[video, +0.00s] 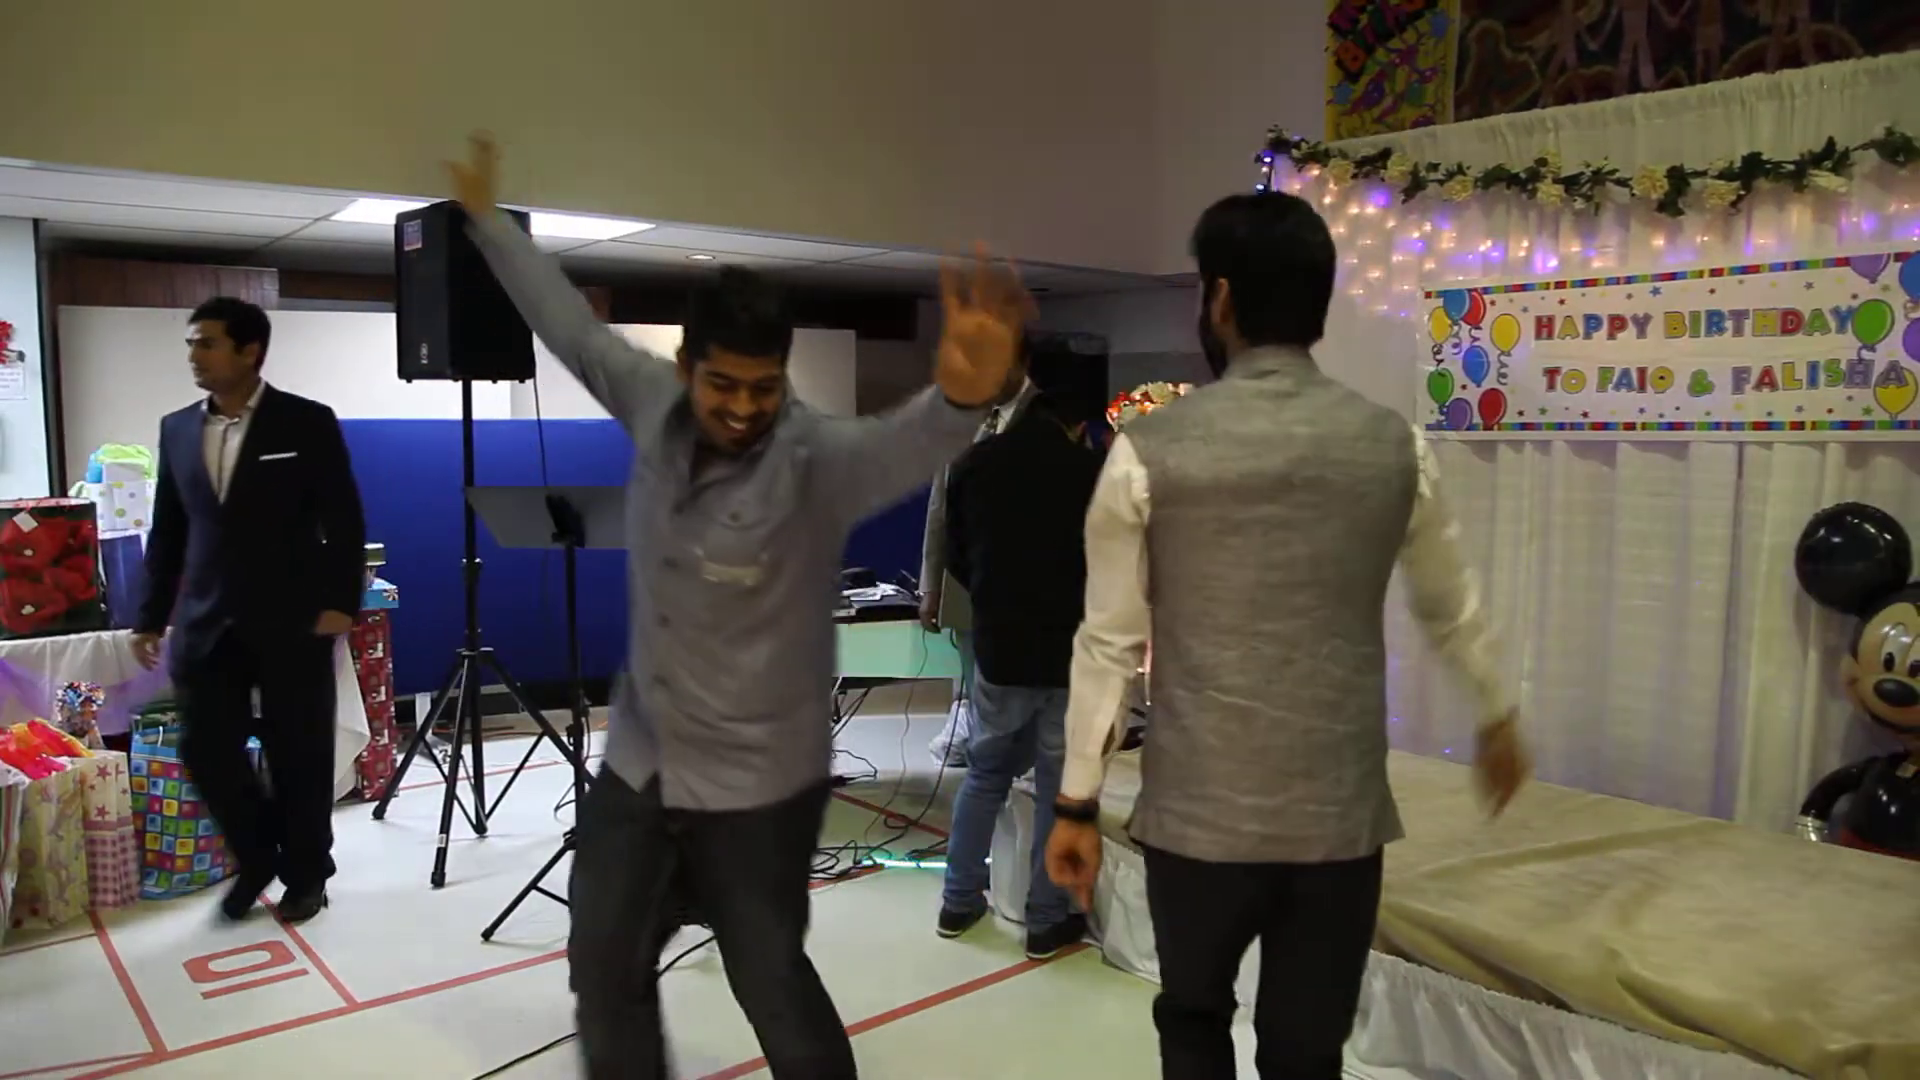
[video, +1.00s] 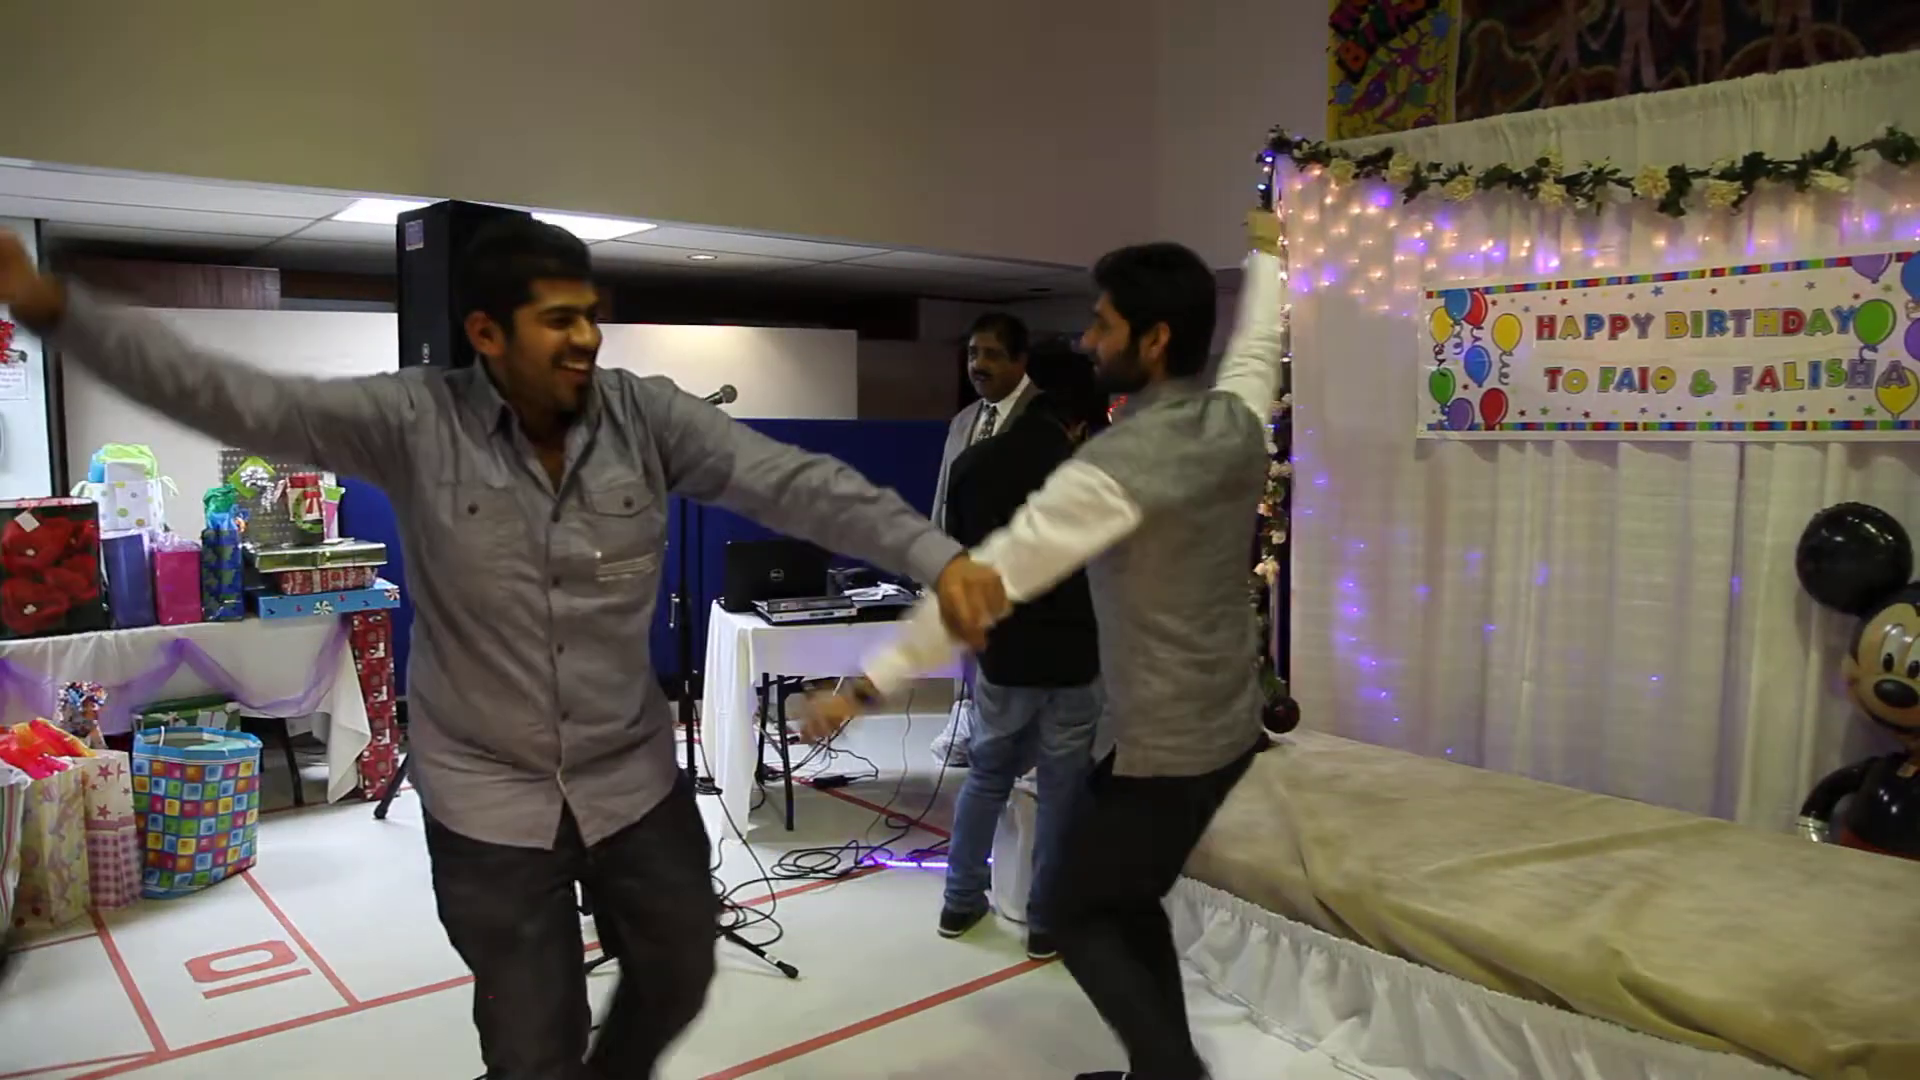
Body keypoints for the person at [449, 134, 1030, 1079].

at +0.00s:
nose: (741, 408)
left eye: (761, 391)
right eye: (722, 388)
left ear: (786, 379)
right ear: (688, 368)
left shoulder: (823, 456)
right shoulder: (654, 406)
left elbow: (909, 445)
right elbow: (567, 324)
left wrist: (965, 397)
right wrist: (485, 216)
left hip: (761, 777)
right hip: (642, 760)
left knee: (770, 980)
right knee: (602, 969)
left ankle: (825, 1078)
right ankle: (632, 1075)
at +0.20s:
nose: (698, 404)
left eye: (717, 385)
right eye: (678, 382)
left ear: (738, 373)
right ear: (635, 357)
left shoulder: (755, 460)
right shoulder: (587, 388)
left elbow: (835, 515)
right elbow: (469, 298)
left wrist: (911, 549)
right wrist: (338, 186)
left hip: (696, 785)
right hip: (568, 775)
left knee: (704, 991)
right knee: (553, 1015)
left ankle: (789, 1076)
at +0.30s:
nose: (681, 412)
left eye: (701, 393)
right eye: (661, 387)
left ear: (718, 385)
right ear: (612, 364)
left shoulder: (733, 483)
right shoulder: (545, 408)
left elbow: (798, 594)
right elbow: (396, 336)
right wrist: (241, 229)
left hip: (666, 780)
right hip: (527, 776)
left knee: (674, 1006)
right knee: (528, 1037)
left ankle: (748, 1074)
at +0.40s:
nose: (669, 410)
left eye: (689, 389)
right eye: (651, 384)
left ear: (706, 380)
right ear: (600, 361)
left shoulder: (719, 487)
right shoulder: (516, 417)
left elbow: (773, 661)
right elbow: (348, 411)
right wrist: (205, 313)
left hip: (654, 772)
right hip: (514, 773)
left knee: (667, 1003)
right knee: (522, 1032)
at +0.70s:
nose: (626, 414)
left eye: (638, 393)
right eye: (605, 393)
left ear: (649, 386)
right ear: (537, 381)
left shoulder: (683, 493)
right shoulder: (450, 457)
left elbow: (780, 609)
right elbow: (271, 435)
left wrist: (837, 690)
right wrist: (197, 283)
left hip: (646, 813)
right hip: (492, 825)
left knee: (702, 1045)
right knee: (509, 1063)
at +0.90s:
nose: (596, 351)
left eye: (603, 329)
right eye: (572, 330)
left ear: (607, 332)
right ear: (496, 334)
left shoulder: (644, 420)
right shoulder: (415, 415)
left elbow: (786, 499)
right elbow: (227, 357)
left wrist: (934, 583)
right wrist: (69, 231)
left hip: (642, 778)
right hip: (492, 797)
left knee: (696, 998)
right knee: (533, 1053)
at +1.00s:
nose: (585, 341)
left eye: (594, 319)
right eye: (559, 320)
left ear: (603, 324)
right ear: (485, 332)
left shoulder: (645, 415)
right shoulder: (410, 421)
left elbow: (794, 483)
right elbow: (229, 393)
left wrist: (939, 557)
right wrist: (59, 309)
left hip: (630, 775)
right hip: (484, 796)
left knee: (679, 977)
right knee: (539, 1048)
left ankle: (605, 1073)